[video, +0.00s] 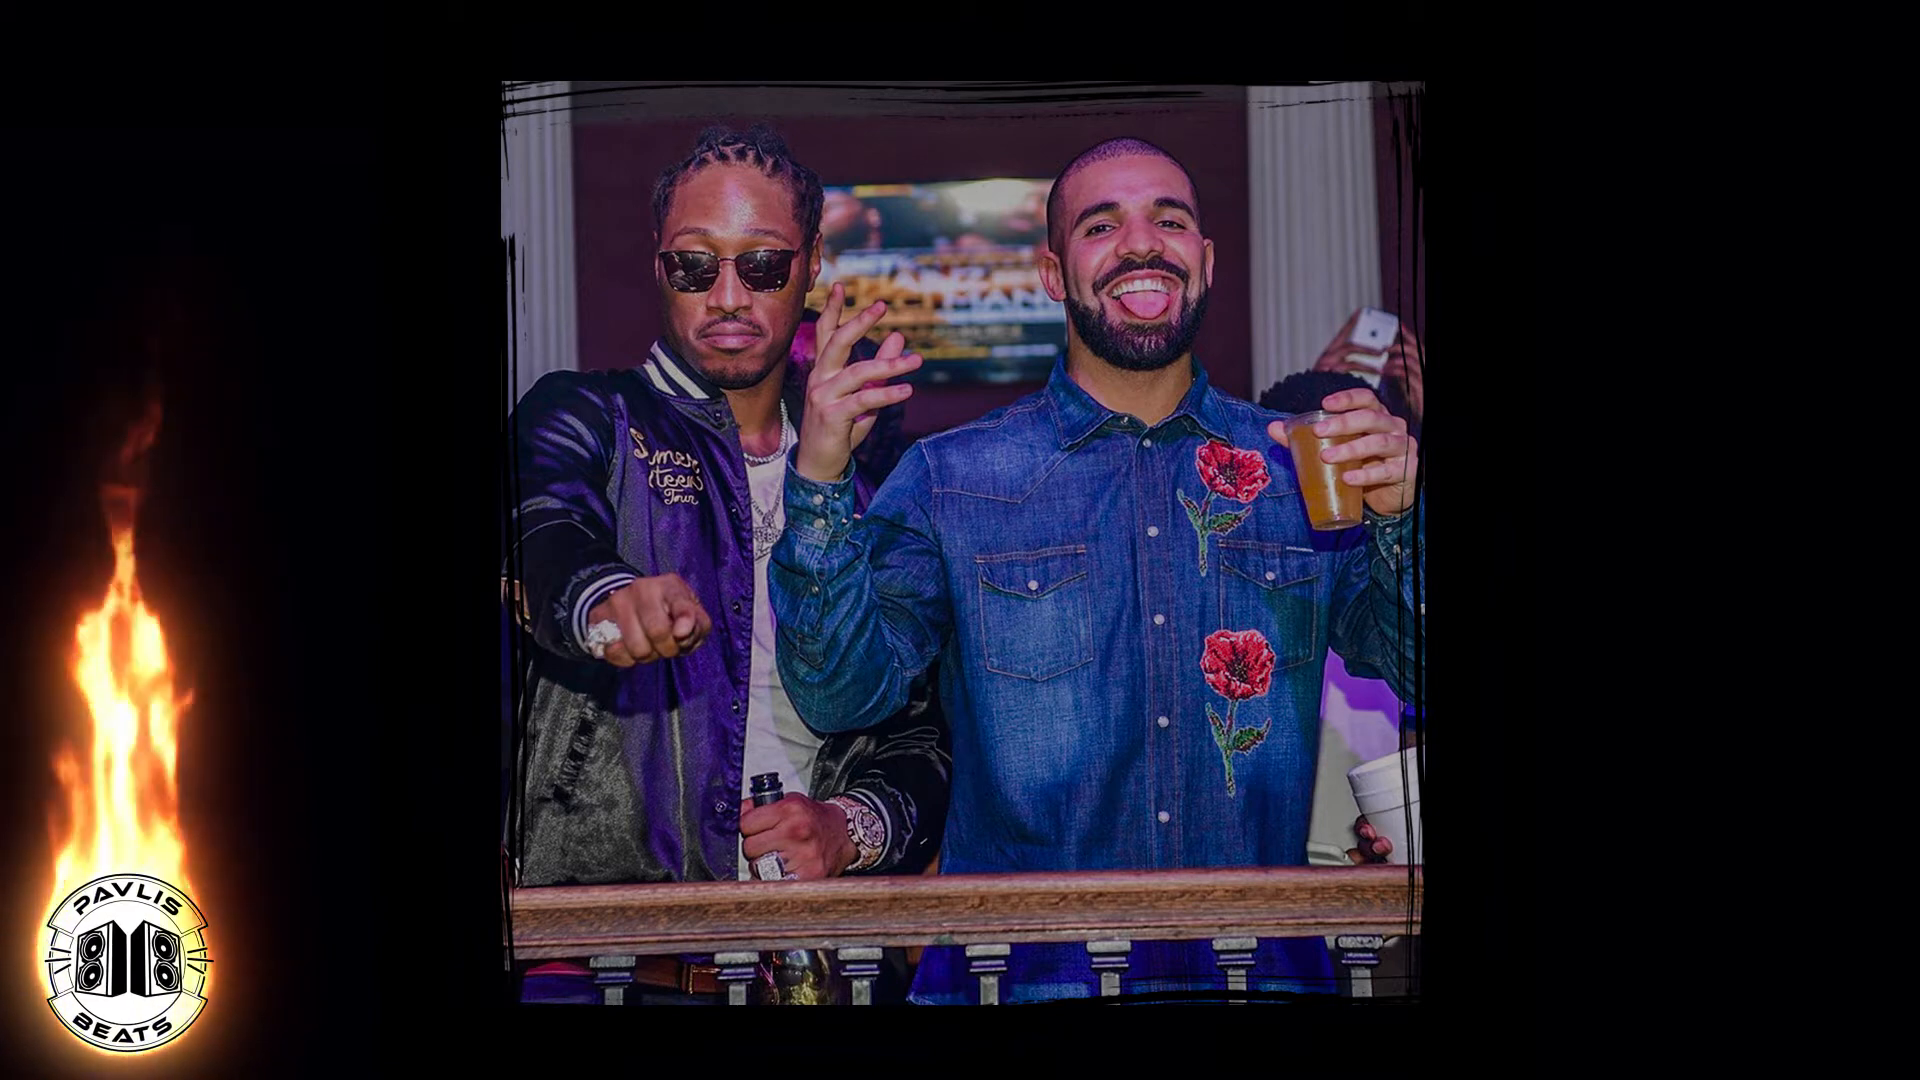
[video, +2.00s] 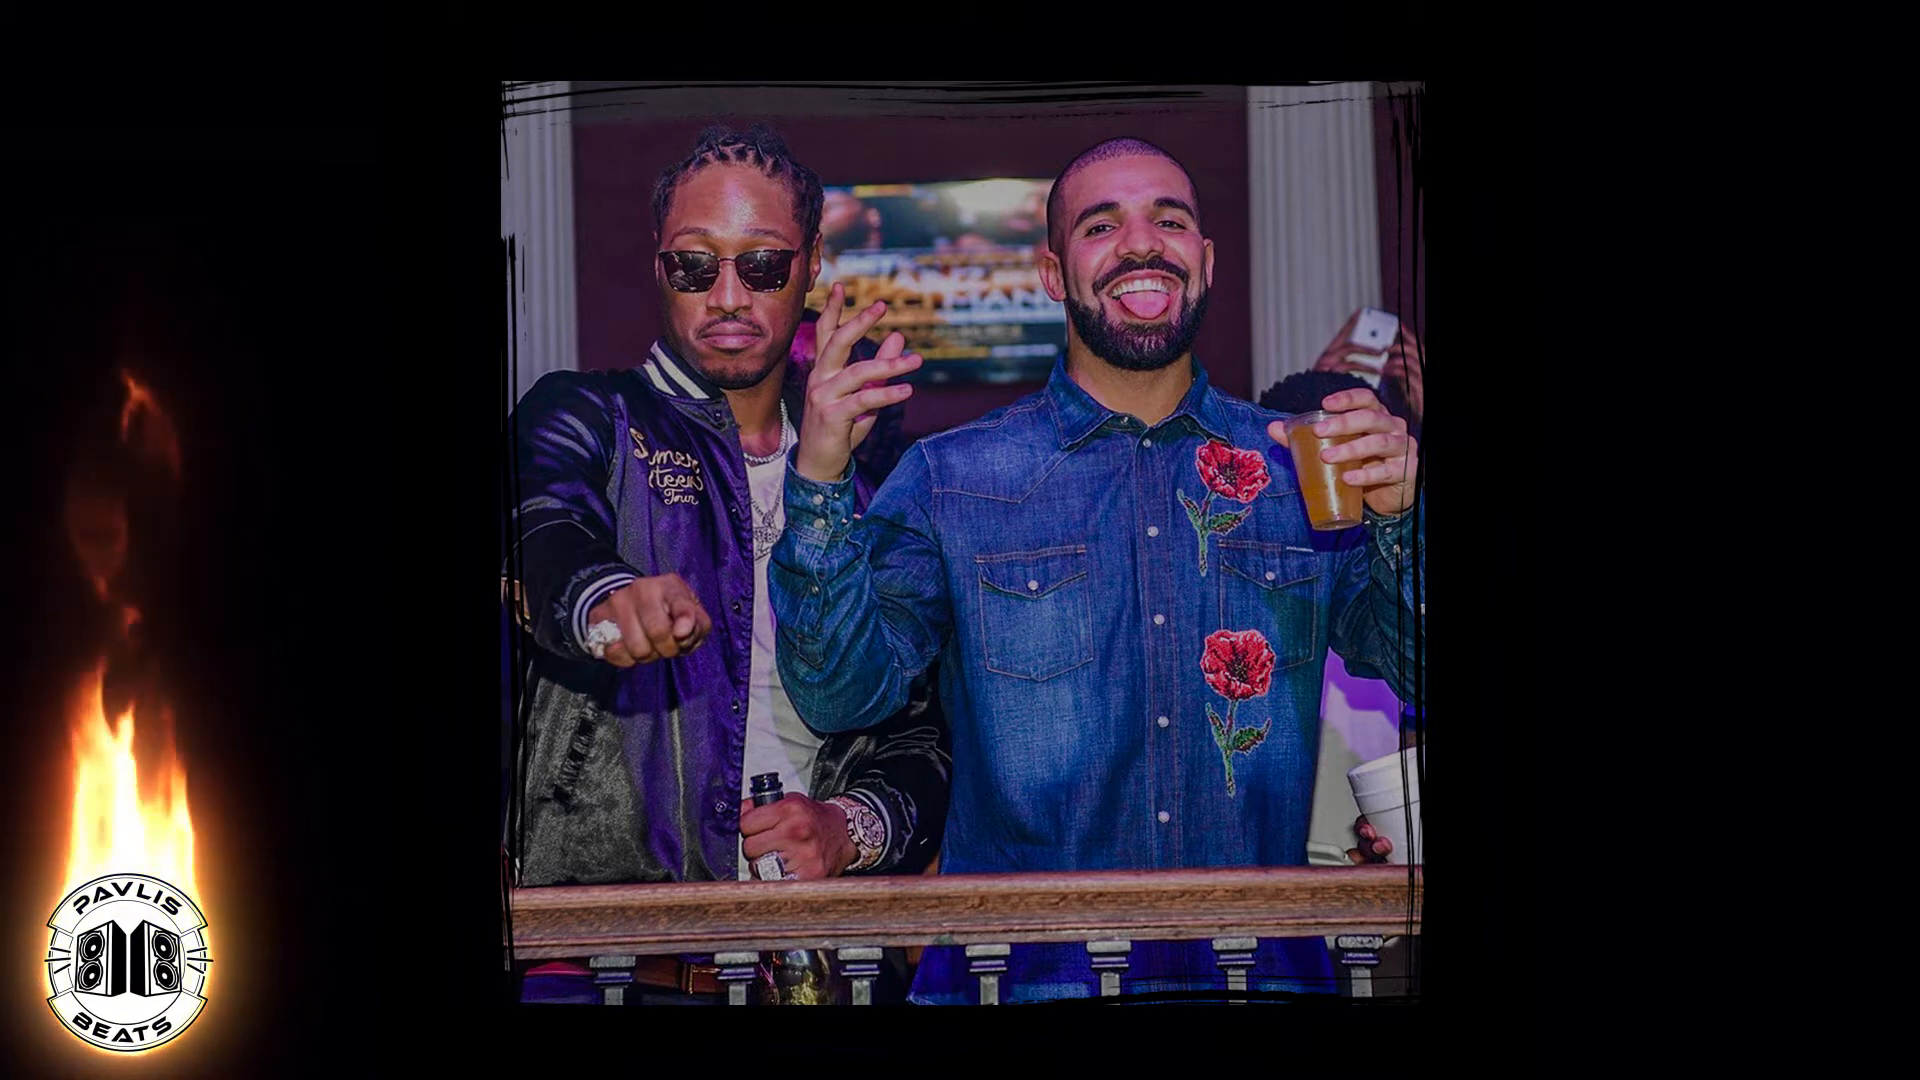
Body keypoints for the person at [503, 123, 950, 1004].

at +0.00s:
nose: (729, 296)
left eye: (763, 266)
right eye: (694, 266)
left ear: (811, 274)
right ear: (658, 272)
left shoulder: (878, 460)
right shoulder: (581, 412)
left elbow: (926, 726)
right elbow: (540, 525)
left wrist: (857, 826)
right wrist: (602, 595)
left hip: (827, 944)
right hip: (605, 943)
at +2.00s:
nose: (729, 296)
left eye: (763, 266)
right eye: (694, 266)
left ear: (811, 274)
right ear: (658, 272)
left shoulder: (878, 460)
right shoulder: (581, 412)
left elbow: (926, 725)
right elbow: (540, 525)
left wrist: (857, 826)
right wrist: (602, 595)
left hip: (827, 944)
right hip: (605, 943)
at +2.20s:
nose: (729, 296)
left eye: (763, 266)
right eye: (694, 266)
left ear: (811, 274)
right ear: (658, 272)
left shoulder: (878, 460)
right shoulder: (581, 412)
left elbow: (926, 725)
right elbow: (540, 525)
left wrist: (857, 826)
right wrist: (602, 595)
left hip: (827, 944)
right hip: (605, 943)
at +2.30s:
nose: (729, 296)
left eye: (763, 266)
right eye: (694, 266)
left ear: (811, 274)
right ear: (658, 272)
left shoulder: (878, 460)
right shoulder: (581, 412)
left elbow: (926, 725)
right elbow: (540, 525)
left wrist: (857, 826)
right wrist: (602, 595)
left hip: (827, 944)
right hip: (605, 943)